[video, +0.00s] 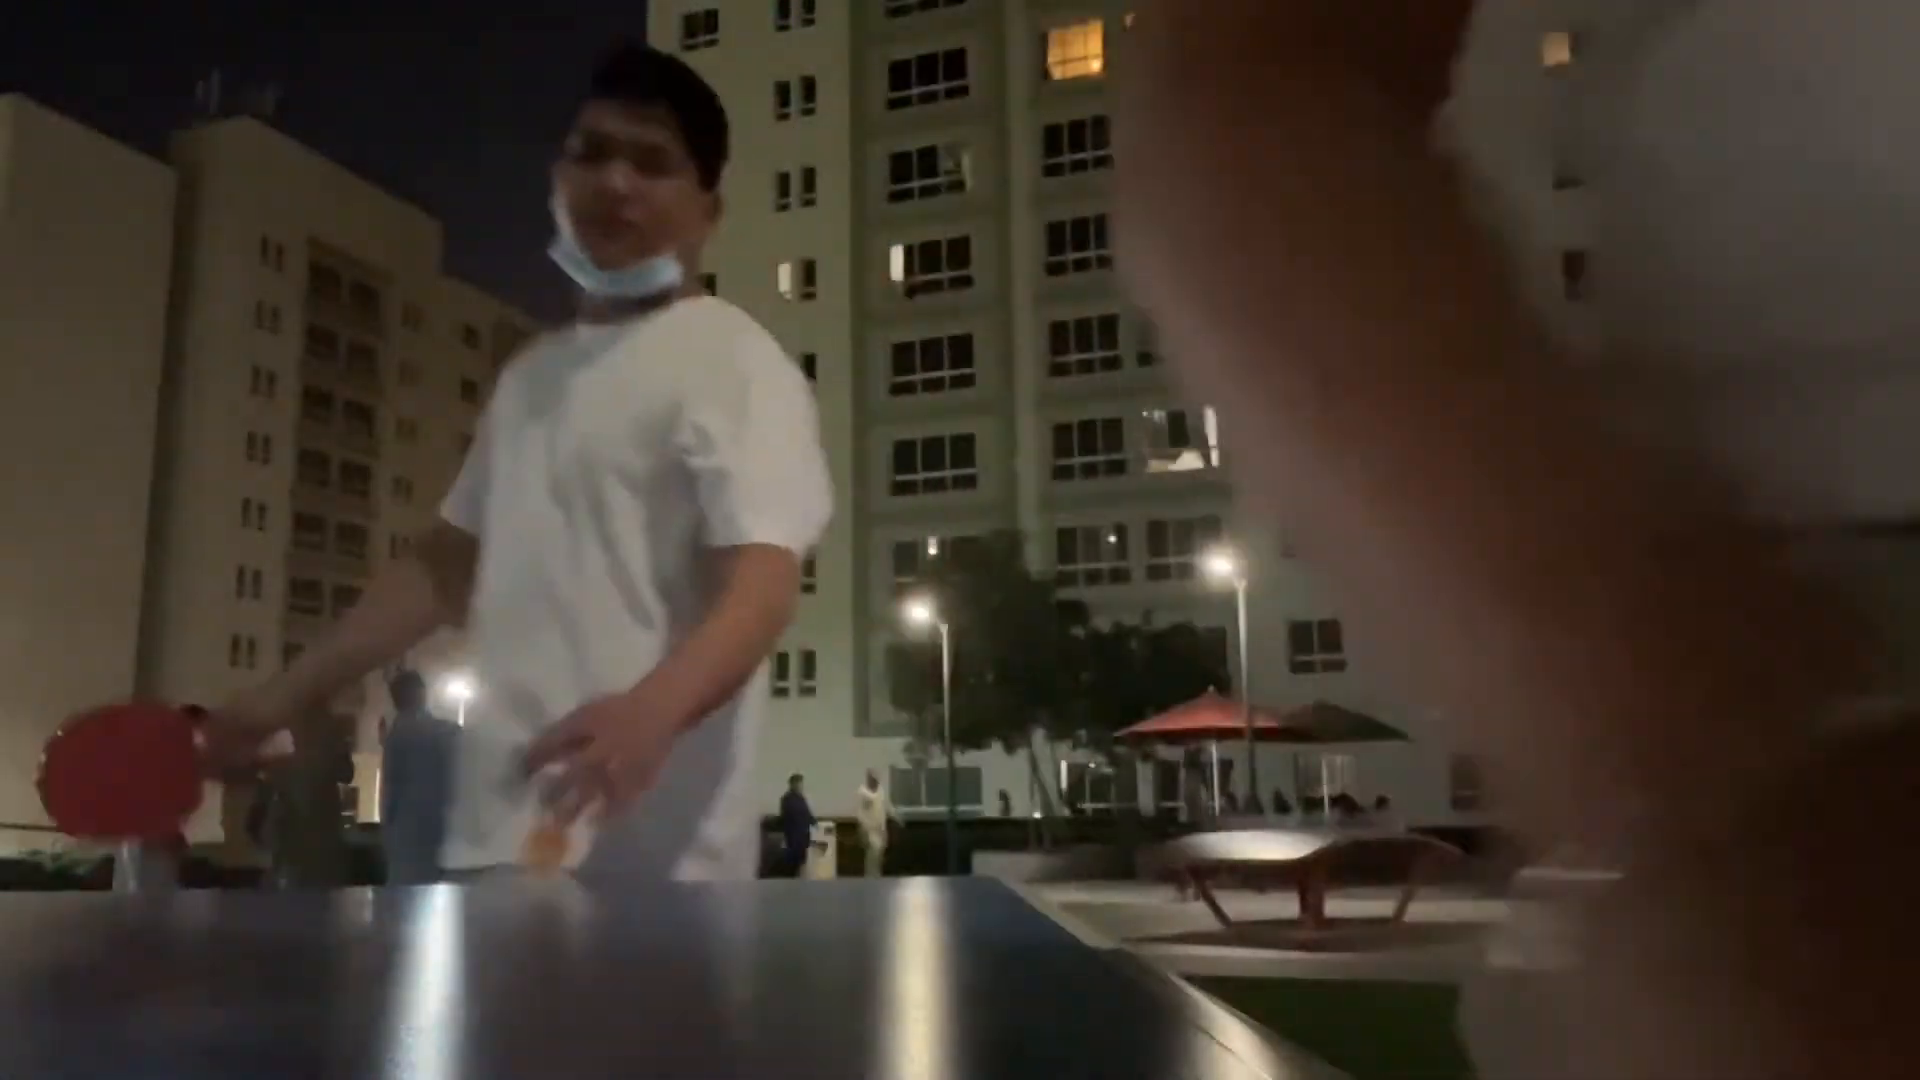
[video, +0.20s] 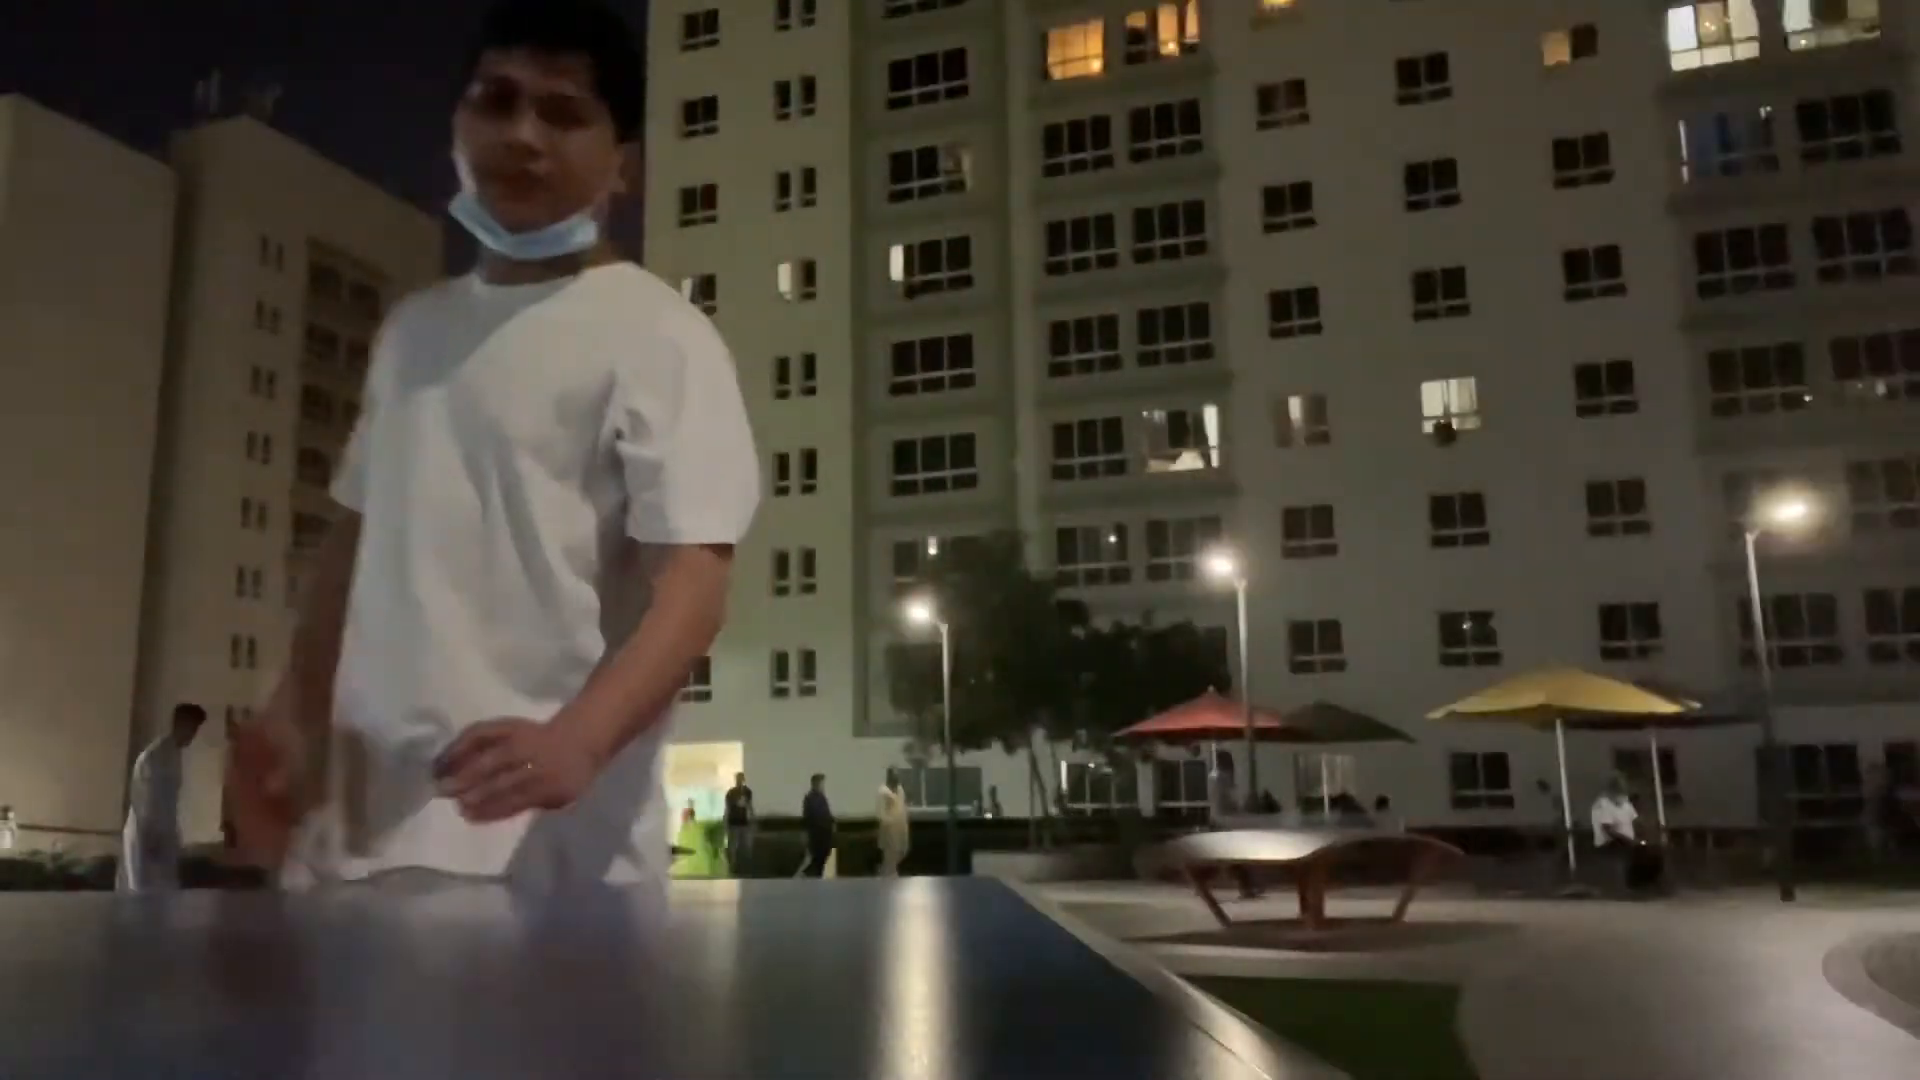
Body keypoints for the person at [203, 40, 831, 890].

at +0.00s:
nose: (612, 185)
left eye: (651, 164)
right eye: (591, 155)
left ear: (707, 205)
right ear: (556, 179)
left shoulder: (731, 361)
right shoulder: (533, 374)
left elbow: (763, 590)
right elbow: (440, 567)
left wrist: (651, 715)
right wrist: (276, 704)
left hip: (655, 855)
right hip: (498, 837)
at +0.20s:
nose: (520, 136)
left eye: (563, 114)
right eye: (496, 102)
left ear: (621, 161)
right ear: (457, 126)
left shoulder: (658, 339)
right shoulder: (412, 329)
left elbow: (692, 593)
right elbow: (353, 545)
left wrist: (578, 741)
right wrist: (292, 718)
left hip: (549, 848)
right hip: (365, 838)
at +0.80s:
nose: (440, 237)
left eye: (468, 219)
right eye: (412, 214)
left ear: (510, 261)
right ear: (371, 251)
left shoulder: (570, 432)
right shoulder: (282, 425)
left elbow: (592, 654)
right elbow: (195, 620)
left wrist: (593, 828)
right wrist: (134, 806)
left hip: (476, 864)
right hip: (278, 867)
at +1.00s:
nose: (567, 282)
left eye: (593, 263)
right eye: (542, 261)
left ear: (630, 292)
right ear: (505, 287)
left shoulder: (681, 467)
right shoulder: (415, 435)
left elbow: (725, 658)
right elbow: (346, 630)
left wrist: (759, 810)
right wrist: (289, 817)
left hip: (594, 852)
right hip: (416, 847)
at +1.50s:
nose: (534, 255)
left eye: (561, 238)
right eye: (507, 231)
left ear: (594, 277)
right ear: (463, 265)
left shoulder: (650, 452)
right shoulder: (365, 414)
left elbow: (692, 644)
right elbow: (282, 584)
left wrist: (647, 753)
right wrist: (426, 719)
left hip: (579, 863)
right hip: (387, 859)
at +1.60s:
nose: (526, 233)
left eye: (553, 214)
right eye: (495, 208)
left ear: (589, 253)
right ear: (451, 243)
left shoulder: (653, 430)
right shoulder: (355, 401)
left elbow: (696, 620)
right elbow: (253, 576)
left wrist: (637, 735)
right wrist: (380, 709)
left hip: (587, 846)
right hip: (392, 844)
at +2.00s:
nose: (645, 157)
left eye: (686, 136)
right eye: (628, 129)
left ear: (755, 190)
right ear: (600, 158)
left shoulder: (779, 369)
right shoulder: (570, 353)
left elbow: (774, 611)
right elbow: (512, 572)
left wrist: (594, 761)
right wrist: (444, 752)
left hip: (686, 865)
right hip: (522, 852)